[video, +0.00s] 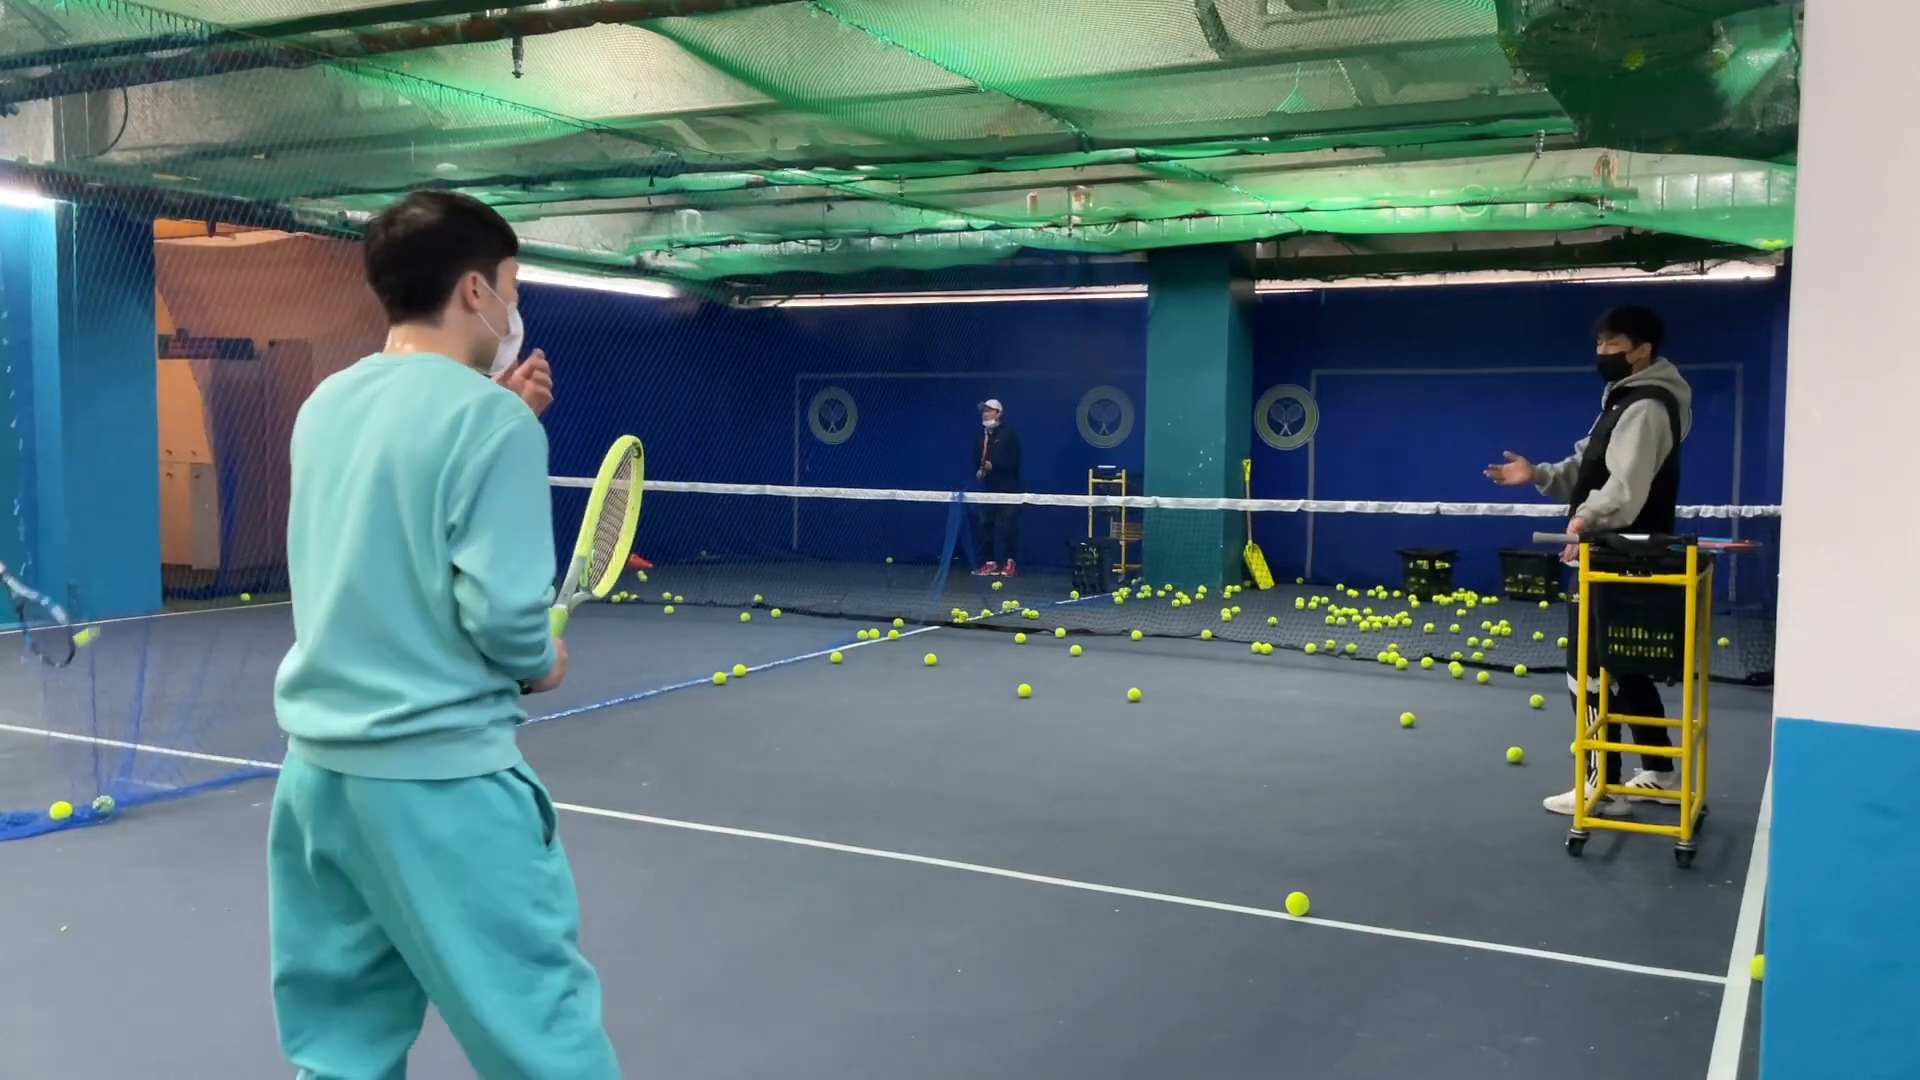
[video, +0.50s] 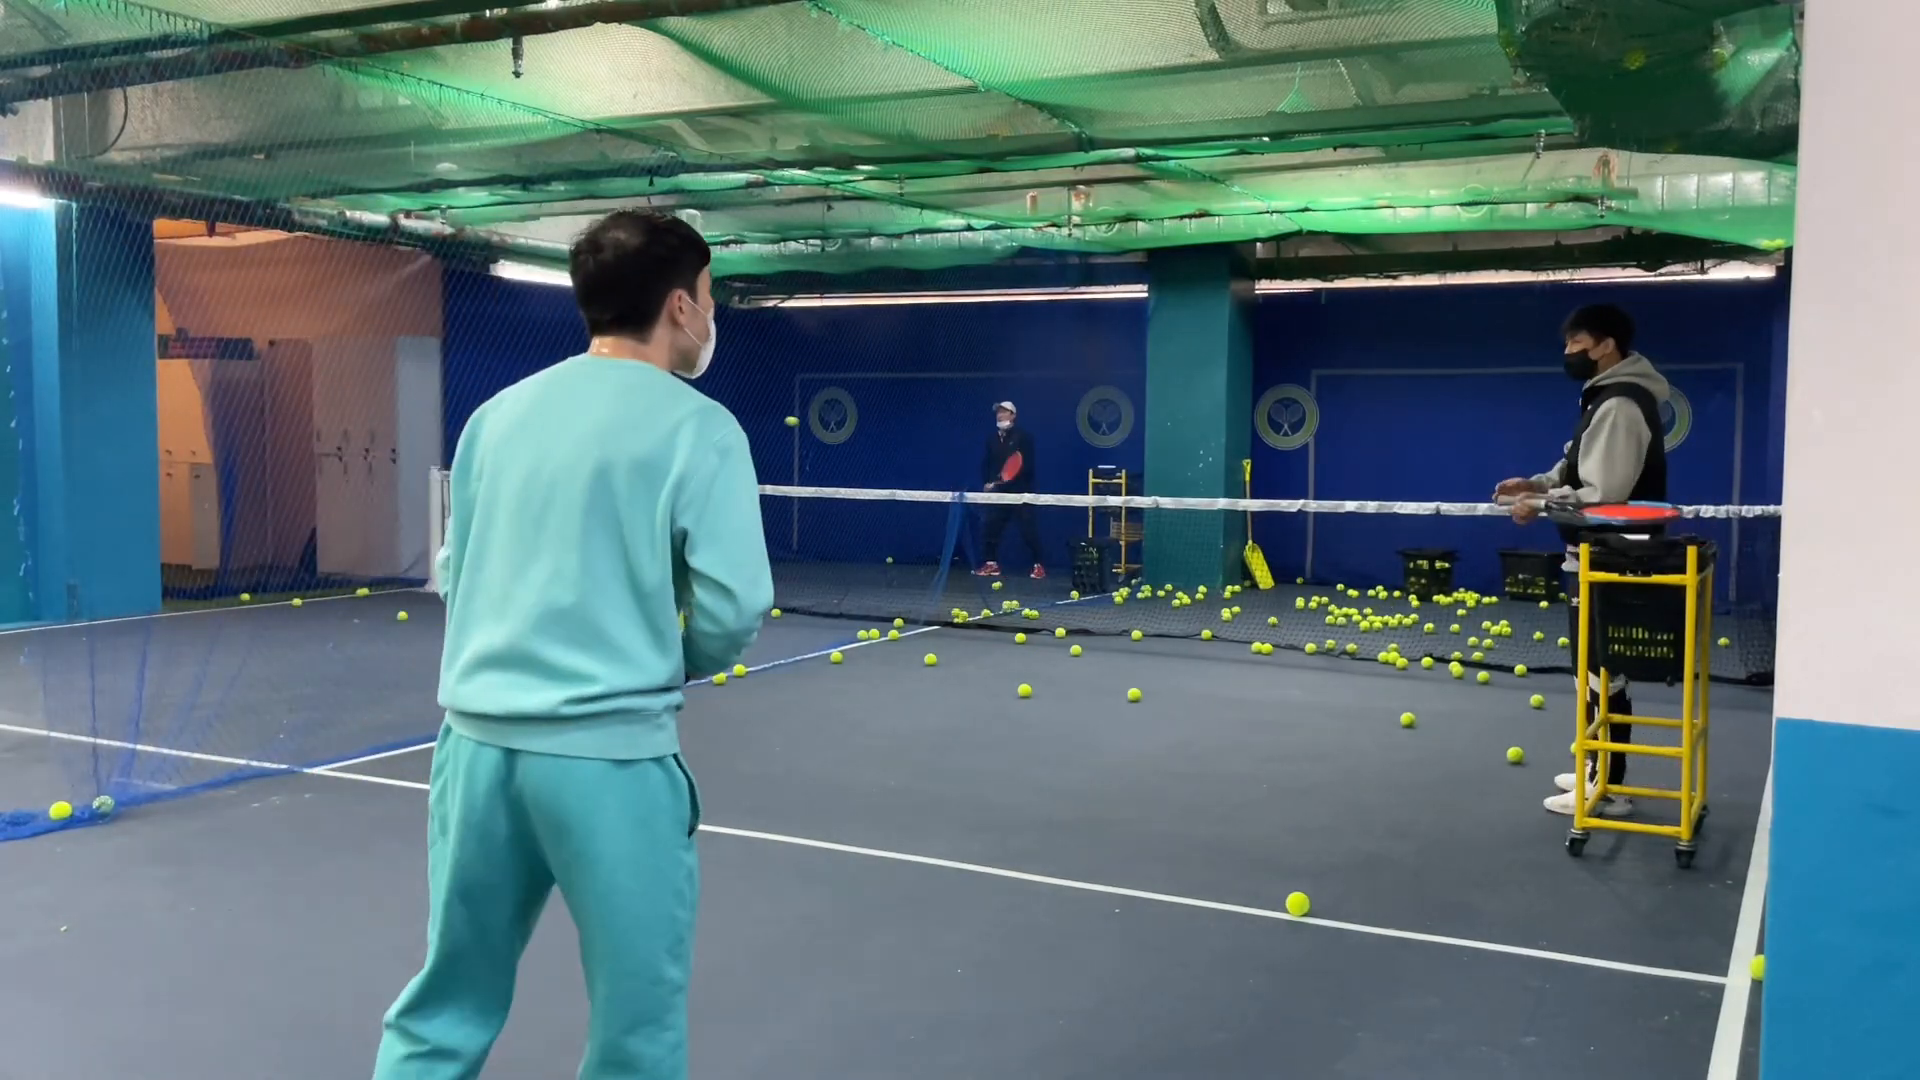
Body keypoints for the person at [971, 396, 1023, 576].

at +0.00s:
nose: (985, 414)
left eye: (989, 410)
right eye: (984, 410)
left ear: (998, 413)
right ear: (982, 413)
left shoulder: (1008, 434)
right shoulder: (981, 435)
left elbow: (1013, 462)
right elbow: (977, 458)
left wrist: (993, 465)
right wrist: (979, 470)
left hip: (1008, 486)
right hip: (989, 485)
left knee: (1007, 524)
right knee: (987, 523)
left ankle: (1009, 561)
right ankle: (991, 561)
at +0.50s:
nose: (1000, 416)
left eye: (1004, 412)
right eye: (998, 413)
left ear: (1013, 415)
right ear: (995, 416)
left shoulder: (1023, 437)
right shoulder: (992, 439)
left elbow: (1027, 465)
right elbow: (986, 463)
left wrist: (1006, 480)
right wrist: (987, 481)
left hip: (1020, 488)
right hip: (998, 489)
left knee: (1028, 527)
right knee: (992, 525)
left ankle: (1037, 564)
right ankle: (991, 563)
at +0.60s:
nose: (1006, 423)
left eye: (1010, 419)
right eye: (1004, 419)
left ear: (1018, 421)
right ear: (1000, 422)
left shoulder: (1029, 441)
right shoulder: (997, 443)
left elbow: (1039, 466)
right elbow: (988, 468)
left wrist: (1025, 482)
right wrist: (994, 486)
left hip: (1027, 491)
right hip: (1003, 491)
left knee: (1032, 527)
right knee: (993, 524)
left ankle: (1038, 565)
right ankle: (992, 563)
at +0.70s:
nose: (1011, 429)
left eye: (1015, 426)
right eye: (1009, 425)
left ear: (1023, 428)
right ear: (1006, 428)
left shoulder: (1033, 447)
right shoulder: (1002, 448)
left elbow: (1041, 472)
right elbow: (996, 473)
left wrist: (1033, 489)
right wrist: (996, 494)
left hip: (1031, 494)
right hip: (1008, 494)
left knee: (1036, 528)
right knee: (995, 523)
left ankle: (1039, 565)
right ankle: (992, 563)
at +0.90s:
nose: (1026, 442)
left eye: (1030, 439)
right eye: (1024, 439)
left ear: (1035, 441)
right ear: (1018, 440)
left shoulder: (1043, 459)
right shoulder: (1011, 458)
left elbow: (1048, 484)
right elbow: (1001, 482)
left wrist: (1040, 498)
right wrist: (993, 502)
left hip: (1036, 502)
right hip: (1013, 501)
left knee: (1044, 524)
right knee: (995, 523)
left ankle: (1037, 564)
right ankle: (992, 563)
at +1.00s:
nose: (1034, 443)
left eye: (1037, 440)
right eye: (1031, 440)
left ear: (1042, 442)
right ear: (1025, 440)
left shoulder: (1048, 460)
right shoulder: (1015, 458)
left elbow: (1054, 486)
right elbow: (1001, 482)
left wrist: (1046, 490)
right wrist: (990, 501)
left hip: (1039, 503)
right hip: (1014, 501)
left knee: (1046, 526)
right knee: (997, 522)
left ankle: (1034, 566)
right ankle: (992, 563)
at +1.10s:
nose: (1041, 442)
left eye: (1044, 438)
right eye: (1038, 438)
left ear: (1048, 440)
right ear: (1031, 438)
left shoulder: (1051, 457)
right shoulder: (1020, 455)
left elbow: (1057, 482)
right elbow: (1001, 474)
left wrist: (1044, 480)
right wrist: (992, 496)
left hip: (1041, 500)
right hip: (1016, 498)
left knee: (1046, 532)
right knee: (1002, 529)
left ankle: (1034, 566)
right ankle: (992, 563)